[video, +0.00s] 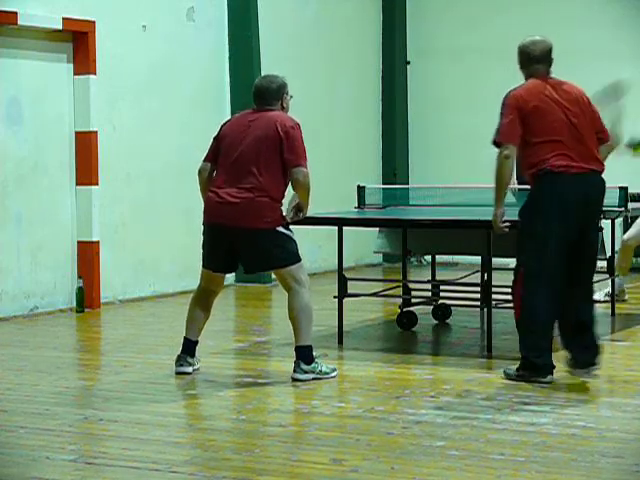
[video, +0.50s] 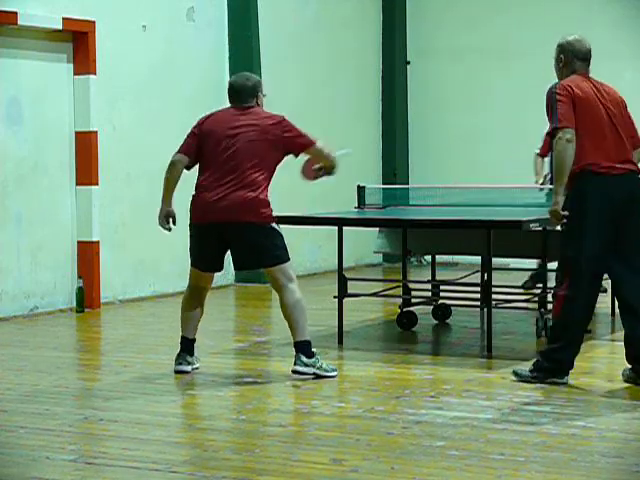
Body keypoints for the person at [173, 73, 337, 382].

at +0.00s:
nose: (290, 102)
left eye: (289, 98)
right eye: (289, 98)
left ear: (256, 100)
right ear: (282, 101)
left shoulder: (232, 123)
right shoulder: (286, 125)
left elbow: (205, 171)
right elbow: (300, 177)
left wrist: (215, 206)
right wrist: (302, 202)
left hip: (217, 219)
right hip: (262, 219)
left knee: (207, 287)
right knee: (298, 285)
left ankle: (186, 355)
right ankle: (305, 362)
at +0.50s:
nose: (265, 99)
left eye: (262, 95)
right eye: (263, 95)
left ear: (229, 98)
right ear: (259, 98)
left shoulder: (208, 123)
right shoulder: (275, 124)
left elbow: (177, 163)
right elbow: (326, 159)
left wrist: (166, 204)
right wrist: (321, 168)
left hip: (206, 216)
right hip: (252, 215)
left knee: (197, 287)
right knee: (286, 283)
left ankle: (185, 354)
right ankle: (305, 355)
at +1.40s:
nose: (187, 85)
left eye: (186, 79)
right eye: (185, 80)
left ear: (155, 84)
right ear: (175, 83)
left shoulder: (134, 115)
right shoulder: (185, 113)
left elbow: (112, 165)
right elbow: (207, 162)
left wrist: (120, 203)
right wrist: (230, 189)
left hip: (133, 215)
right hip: (168, 216)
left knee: (168, 287)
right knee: (165, 290)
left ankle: (182, 354)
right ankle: (127, 359)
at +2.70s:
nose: (173, 82)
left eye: (171, 76)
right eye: (170, 76)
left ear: (141, 79)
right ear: (158, 80)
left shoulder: (116, 110)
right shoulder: (160, 111)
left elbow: (93, 157)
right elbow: (167, 163)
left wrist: (98, 198)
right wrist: (193, 195)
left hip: (104, 213)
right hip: (141, 214)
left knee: (112, 281)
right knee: (155, 287)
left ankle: (75, 348)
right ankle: (140, 366)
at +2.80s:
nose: (188, 82)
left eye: (188, 77)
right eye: (186, 77)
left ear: (156, 80)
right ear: (176, 80)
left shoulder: (130, 109)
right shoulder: (178, 111)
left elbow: (104, 155)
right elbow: (190, 163)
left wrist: (104, 196)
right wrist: (213, 192)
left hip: (115, 210)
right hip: (152, 213)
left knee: (137, 277)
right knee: (160, 288)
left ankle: (112, 344)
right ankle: (139, 365)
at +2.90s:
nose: (203, 84)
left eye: (202, 79)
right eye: (201, 79)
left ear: (171, 82)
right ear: (191, 82)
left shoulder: (145, 110)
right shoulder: (195, 113)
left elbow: (115, 155)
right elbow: (211, 166)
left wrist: (109, 199)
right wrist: (231, 191)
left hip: (130, 211)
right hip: (165, 214)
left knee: (162, 280)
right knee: (167, 288)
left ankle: (160, 346)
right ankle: (140, 365)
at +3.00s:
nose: (217, 89)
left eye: (215, 83)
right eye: (214, 84)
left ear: (184, 88)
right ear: (205, 88)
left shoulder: (159, 116)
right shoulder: (208, 118)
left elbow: (131, 161)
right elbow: (222, 169)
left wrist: (124, 205)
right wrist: (243, 193)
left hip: (147, 216)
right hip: (182, 218)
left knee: (177, 286)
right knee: (205, 289)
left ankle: (181, 357)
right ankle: (155, 349)